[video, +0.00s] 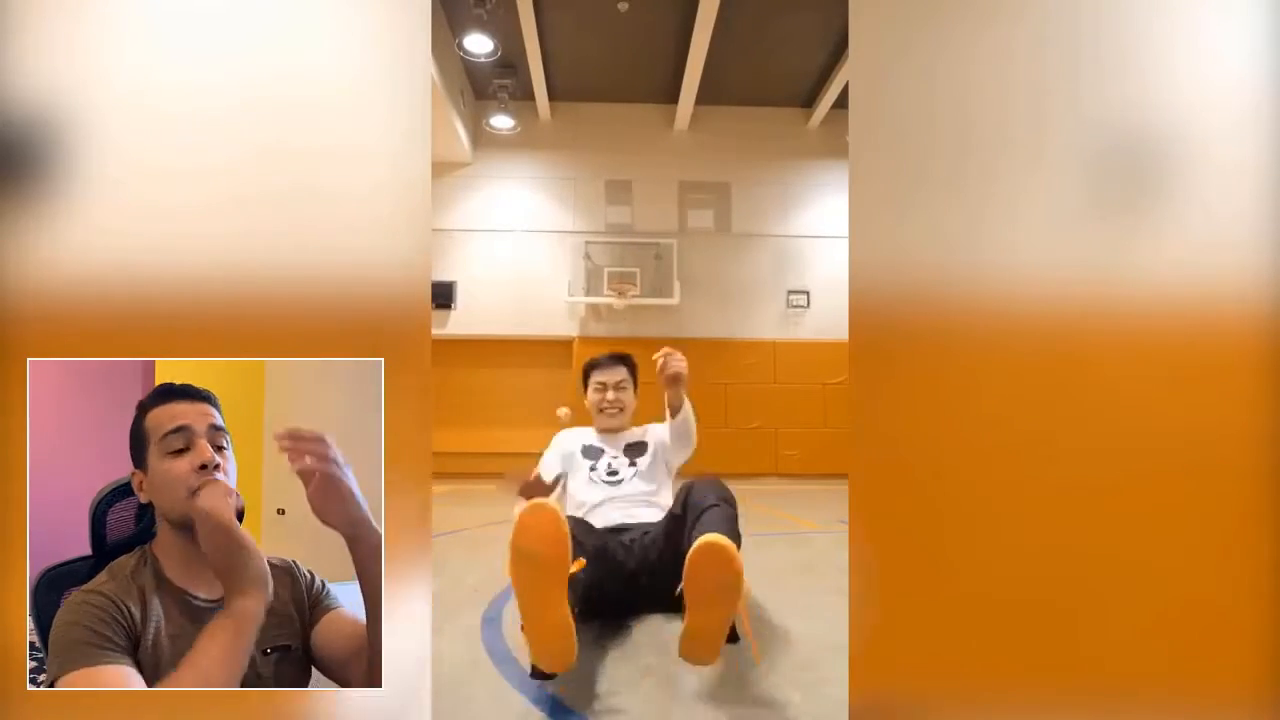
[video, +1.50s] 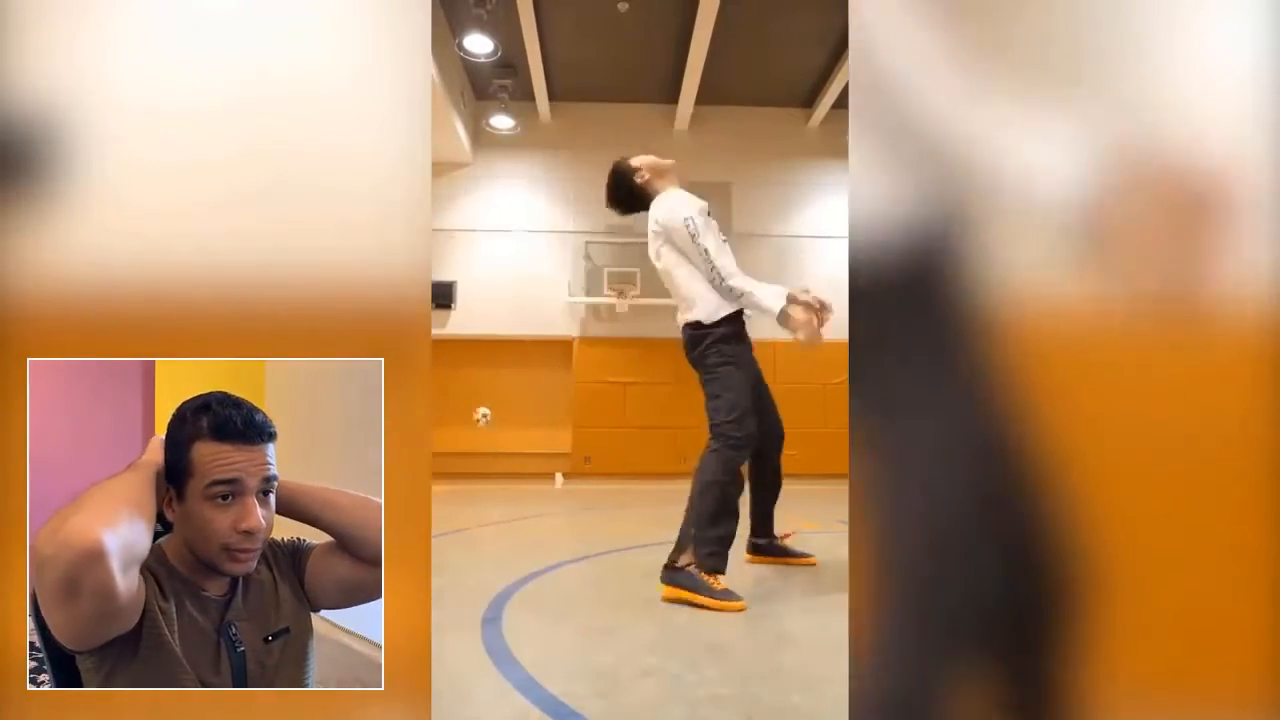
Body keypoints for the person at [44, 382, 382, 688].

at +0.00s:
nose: (209, 457)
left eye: (219, 445)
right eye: (178, 448)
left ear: (235, 474)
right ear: (142, 485)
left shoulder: (290, 585)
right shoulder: (97, 609)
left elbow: (388, 682)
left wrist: (361, 531)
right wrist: (245, 603)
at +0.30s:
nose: (229, 479)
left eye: (236, 459)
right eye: (200, 461)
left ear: (249, 469)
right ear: (155, 480)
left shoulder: (283, 577)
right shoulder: (100, 594)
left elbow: (405, 618)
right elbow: (80, 685)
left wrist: (331, 477)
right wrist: (161, 487)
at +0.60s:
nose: (234, 505)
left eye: (244, 479)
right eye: (205, 481)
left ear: (255, 481)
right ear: (155, 490)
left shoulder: (280, 572)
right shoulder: (117, 589)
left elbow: (402, 558)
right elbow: (49, 581)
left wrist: (290, 456)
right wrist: (122, 444)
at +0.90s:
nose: (240, 517)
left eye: (252, 489)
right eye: (212, 490)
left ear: (263, 489)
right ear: (160, 495)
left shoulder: (279, 569)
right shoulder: (113, 597)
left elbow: (389, 531)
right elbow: (61, 531)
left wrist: (262, 450)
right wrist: (138, 444)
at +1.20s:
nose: (242, 521)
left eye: (255, 493)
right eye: (213, 494)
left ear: (264, 492)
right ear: (162, 500)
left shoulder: (282, 571)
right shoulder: (117, 601)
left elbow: (398, 541)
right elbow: (72, 548)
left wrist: (265, 478)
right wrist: (143, 466)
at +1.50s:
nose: (254, 523)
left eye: (264, 493)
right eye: (223, 497)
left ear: (270, 492)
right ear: (170, 503)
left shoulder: (285, 573)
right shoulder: (121, 602)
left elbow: (398, 550)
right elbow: (80, 549)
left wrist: (265, 490)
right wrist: (148, 471)